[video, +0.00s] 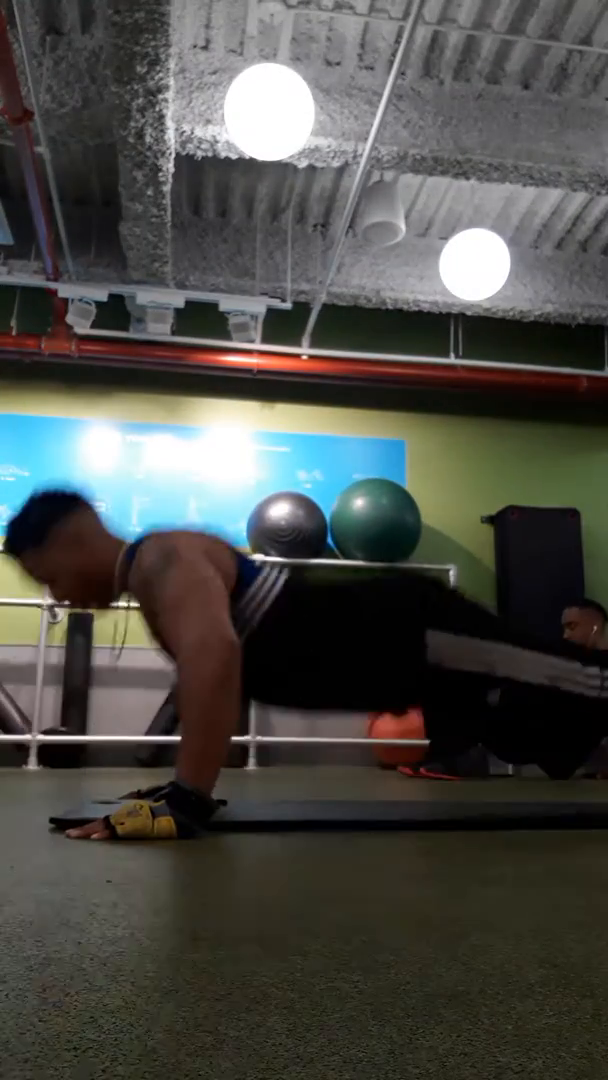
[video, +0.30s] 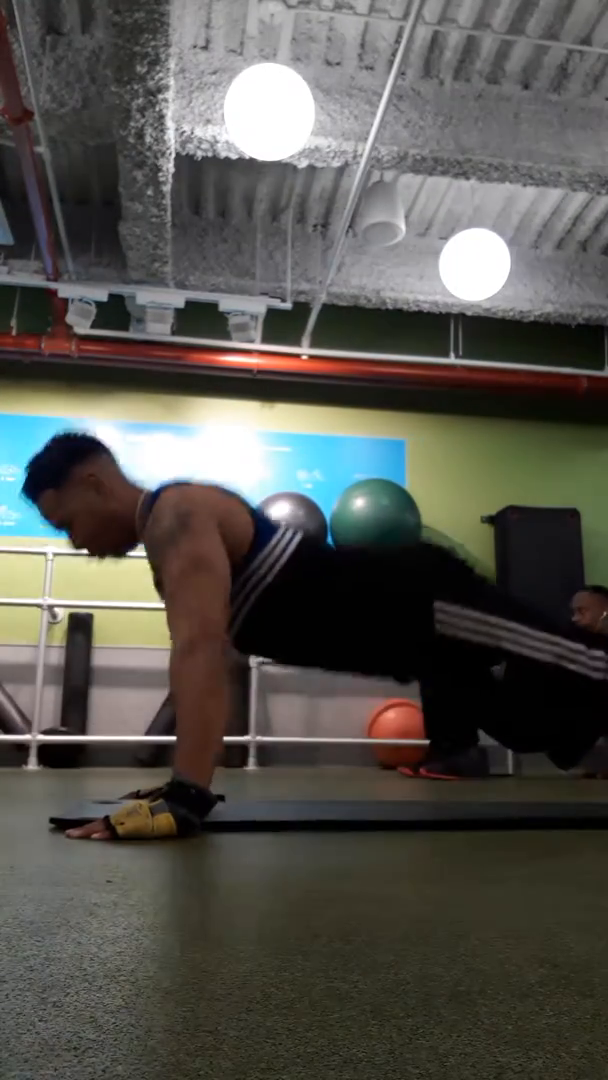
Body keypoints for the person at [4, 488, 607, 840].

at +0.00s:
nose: (55, 598)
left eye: (47, 578)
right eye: (42, 586)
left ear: (74, 541)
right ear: (80, 537)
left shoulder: (165, 557)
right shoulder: (158, 570)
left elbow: (214, 664)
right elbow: (215, 678)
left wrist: (185, 799)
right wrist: (192, 796)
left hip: (416, 636)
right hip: (404, 655)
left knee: (589, 696)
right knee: (555, 733)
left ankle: (586, 634)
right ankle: (580, 642)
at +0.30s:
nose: (76, 544)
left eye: (68, 524)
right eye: (65, 533)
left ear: (97, 483)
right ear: (99, 487)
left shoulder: (180, 513)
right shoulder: (174, 526)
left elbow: (203, 651)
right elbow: (206, 655)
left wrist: (188, 795)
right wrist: (182, 786)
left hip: (428, 611)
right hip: (420, 630)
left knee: (595, 680)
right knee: (569, 732)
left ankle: (590, 616)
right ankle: (584, 623)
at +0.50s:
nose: (37, 658)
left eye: (29, 636)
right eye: (25, 647)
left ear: (56, 596)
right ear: (54, 604)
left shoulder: (143, 609)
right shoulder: (137, 636)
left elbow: (223, 661)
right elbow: (224, 695)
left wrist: (190, 799)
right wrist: (177, 793)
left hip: (386, 678)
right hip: (373, 700)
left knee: (579, 713)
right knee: (557, 715)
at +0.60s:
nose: (15, 716)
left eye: (7, 696)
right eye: (4, 706)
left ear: (38, 651)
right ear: (44, 651)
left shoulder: (123, 659)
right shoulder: (130, 693)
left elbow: (220, 664)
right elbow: (214, 760)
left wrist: (188, 798)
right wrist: (140, 814)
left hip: (399, 718)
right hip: (386, 733)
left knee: (583, 724)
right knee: (555, 713)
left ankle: (597, 637)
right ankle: (596, 635)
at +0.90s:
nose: (30, 695)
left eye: (21, 676)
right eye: (17, 685)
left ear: (43, 636)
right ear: (44, 635)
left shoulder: (134, 630)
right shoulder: (123, 663)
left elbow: (217, 658)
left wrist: (190, 796)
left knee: (562, 712)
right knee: (539, 718)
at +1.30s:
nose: (63, 549)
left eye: (55, 530)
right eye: (52, 538)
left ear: (82, 492)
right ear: (83, 498)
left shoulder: (167, 513)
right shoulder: (160, 530)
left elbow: (194, 647)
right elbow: (190, 653)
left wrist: (184, 795)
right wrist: (181, 789)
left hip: (416, 599)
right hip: (407, 620)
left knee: (591, 670)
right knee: (556, 732)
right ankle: (577, 627)